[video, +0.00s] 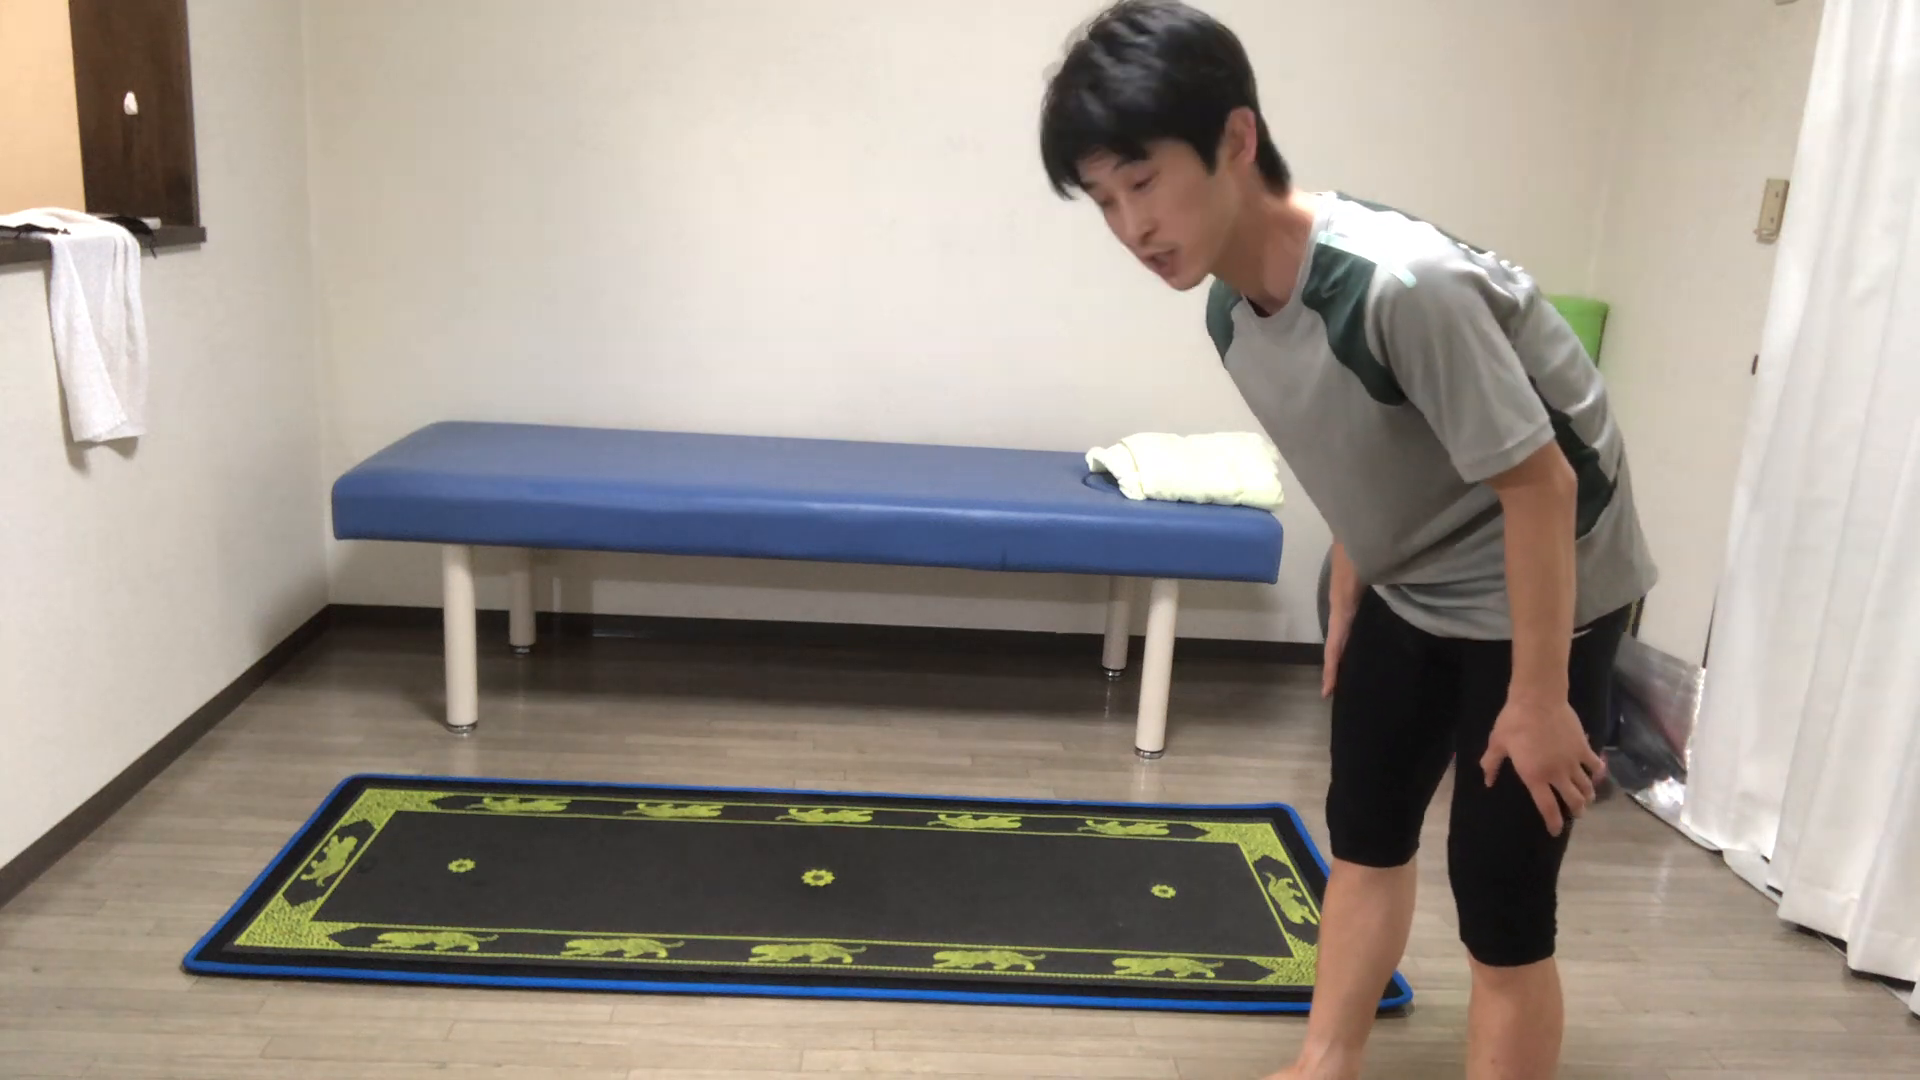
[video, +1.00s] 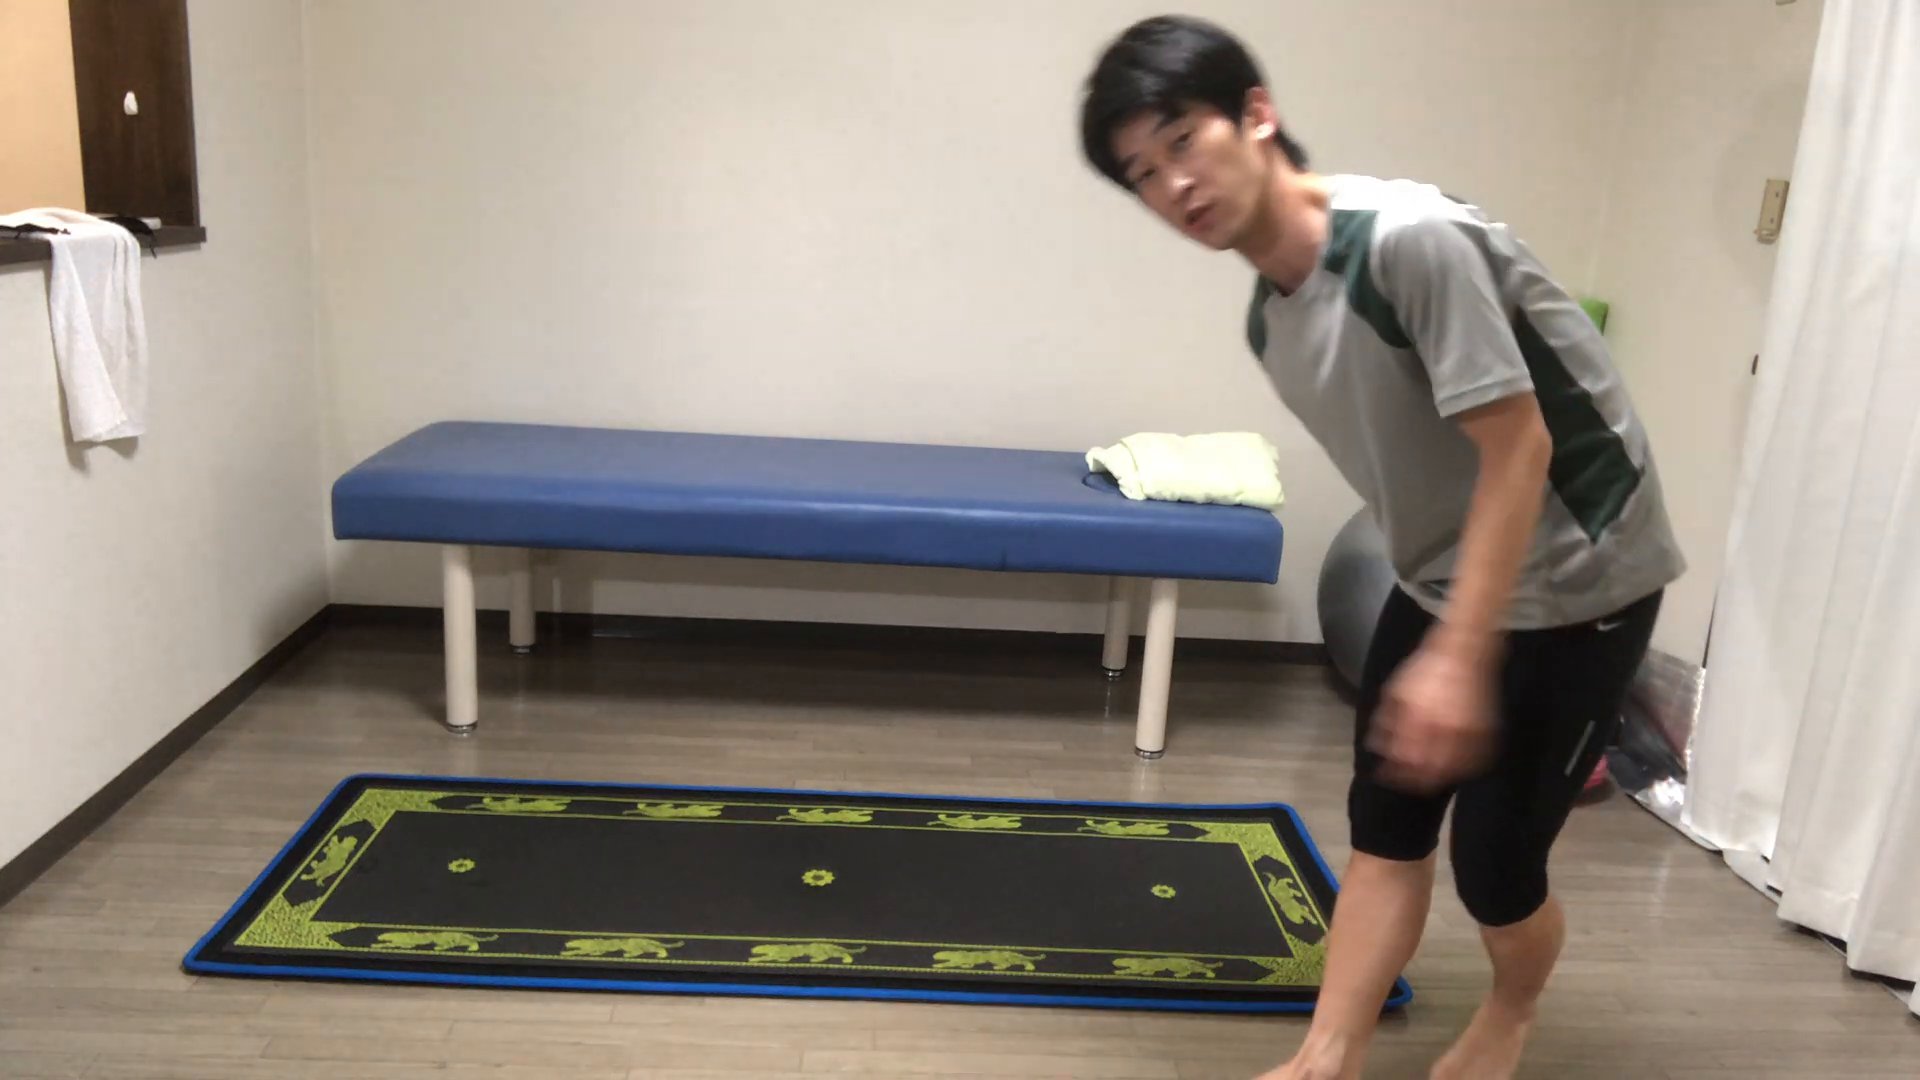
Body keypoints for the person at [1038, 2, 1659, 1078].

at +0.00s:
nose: (1130, 226)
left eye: (1143, 179)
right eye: (1103, 201)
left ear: (1237, 141)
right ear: (1091, 206)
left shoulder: (1409, 292)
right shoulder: (1230, 313)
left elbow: (1540, 484)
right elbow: (1369, 462)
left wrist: (1541, 693)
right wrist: (1347, 595)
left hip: (1542, 600)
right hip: (1401, 588)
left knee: (1503, 906)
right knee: (1366, 836)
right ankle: (1327, 1059)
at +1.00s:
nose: (1174, 185)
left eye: (1183, 142)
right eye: (1144, 177)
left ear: (1258, 118)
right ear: (1138, 204)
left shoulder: (1414, 242)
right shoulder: (1270, 323)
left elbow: (1520, 449)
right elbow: (1410, 469)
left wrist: (1458, 654)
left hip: (1581, 580)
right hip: (1443, 579)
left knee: (1493, 857)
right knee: (1386, 815)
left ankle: (1510, 1011)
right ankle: (1326, 1058)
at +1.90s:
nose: (1440, 7)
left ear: (1535, 7)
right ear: (1406, 10)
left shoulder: (1616, 164)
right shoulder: (1393, 169)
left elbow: (1664, 387)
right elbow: (1401, 352)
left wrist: (1653, 572)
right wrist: (1400, 497)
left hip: (1553, 534)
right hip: (1418, 512)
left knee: (1520, 785)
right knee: (1307, 723)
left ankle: (1506, 1018)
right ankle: (1286, 945)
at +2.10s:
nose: (1346, 16)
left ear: (1438, 3)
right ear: (1310, 17)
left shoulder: (1521, 154)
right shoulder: (1329, 171)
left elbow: (1557, 371)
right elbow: (1336, 356)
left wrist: (1492, 550)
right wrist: (1292, 500)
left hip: (1471, 545)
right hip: (1348, 527)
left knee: (1481, 791)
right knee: (1302, 741)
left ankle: (1498, 1021)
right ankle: (1290, 955)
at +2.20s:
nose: (1298, 21)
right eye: (1275, 3)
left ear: (1385, 2)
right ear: (1258, 19)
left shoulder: (1479, 143)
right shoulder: (1298, 175)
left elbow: (1522, 356)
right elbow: (1311, 357)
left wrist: (1435, 528)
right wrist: (1245, 492)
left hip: (1444, 543)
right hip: (1318, 527)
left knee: (1450, 794)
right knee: (1287, 743)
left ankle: (1496, 1011)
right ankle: (1288, 957)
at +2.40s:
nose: (1233, 11)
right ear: (1201, 12)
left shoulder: (1408, 126)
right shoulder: (1229, 163)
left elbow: (1471, 328)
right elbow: (1239, 343)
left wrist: (1394, 499)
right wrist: (1199, 493)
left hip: (1370, 528)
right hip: (1257, 520)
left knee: (1332, 778)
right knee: (1268, 752)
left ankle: (1447, 978)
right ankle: (1287, 955)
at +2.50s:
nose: (1213, 10)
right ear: (1177, 9)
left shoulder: (1381, 125)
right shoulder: (1197, 160)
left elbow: (1445, 332)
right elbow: (1201, 342)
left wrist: (1398, 503)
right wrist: (1180, 494)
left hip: (1335, 518)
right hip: (1228, 515)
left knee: (1265, 758)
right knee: (1248, 757)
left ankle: (1365, 973)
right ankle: (1285, 958)